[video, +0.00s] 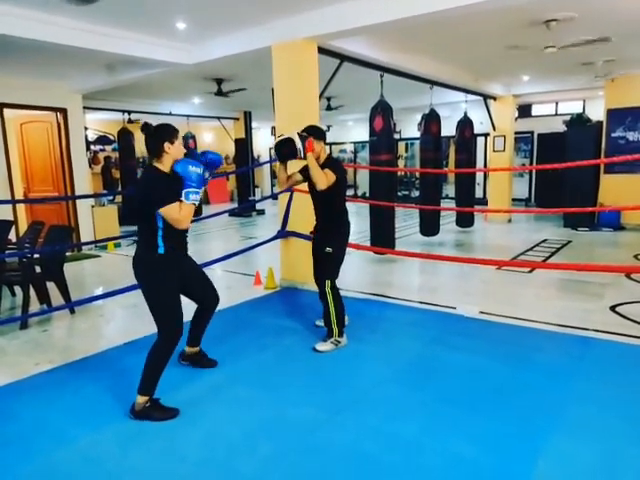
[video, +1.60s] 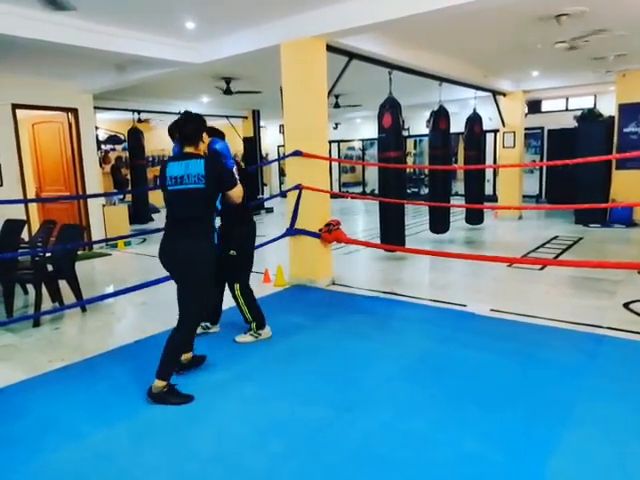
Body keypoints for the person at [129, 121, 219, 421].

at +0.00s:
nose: (183, 148)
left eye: (182, 142)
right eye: (180, 142)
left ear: (164, 148)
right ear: (167, 147)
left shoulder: (172, 176)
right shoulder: (152, 181)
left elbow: (185, 211)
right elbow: (182, 221)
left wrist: (200, 178)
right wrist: (193, 187)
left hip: (175, 259)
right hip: (154, 264)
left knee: (209, 298)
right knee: (171, 331)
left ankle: (192, 350)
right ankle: (142, 401)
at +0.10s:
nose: (190, 152)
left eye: (189, 147)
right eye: (186, 147)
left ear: (173, 152)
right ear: (173, 151)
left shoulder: (184, 179)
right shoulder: (156, 184)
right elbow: (179, 224)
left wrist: (239, 158)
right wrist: (192, 191)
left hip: (182, 261)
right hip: (158, 266)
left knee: (215, 300)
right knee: (173, 331)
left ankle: (215, 344)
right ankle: (143, 401)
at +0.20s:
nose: (196, 151)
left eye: (195, 146)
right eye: (192, 146)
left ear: (181, 151)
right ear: (179, 151)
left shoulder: (191, 176)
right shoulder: (163, 185)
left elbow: (229, 166)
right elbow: (185, 221)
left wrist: (256, 155)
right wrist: (198, 188)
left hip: (187, 262)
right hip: (165, 265)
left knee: (217, 300)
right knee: (174, 329)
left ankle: (222, 345)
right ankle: (144, 400)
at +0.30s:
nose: (200, 146)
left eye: (198, 141)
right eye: (197, 141)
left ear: (177, 147)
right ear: (188, 145)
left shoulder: (173, 172)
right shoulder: (195, 171)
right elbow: (235, 186)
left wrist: (216, 166)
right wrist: (234, 159)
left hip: (176, 249)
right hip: (185, 253)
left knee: (215, 294)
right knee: (178, 319)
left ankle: (223, 343)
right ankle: (139, 380)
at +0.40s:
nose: (201, 144)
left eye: (199, 139)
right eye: (198, 140)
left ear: (176, 147)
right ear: (190, 145)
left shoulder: (167, 175)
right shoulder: (207, 163)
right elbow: (248, 160)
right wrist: (255, 140)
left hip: (172, 248)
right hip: (189, 250)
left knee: (211, 290)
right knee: (180, 314)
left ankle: (222, 343)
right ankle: (140, 368)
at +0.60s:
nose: (196, 149)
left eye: (195, 145)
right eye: (193, 145)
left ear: (173, 148)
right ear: (181, 147)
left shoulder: (160, 175)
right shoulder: (193, 174)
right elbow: (230, 195)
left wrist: (208, 187)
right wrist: (231, 177)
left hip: (168, 250)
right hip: (184, 252)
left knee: (214, 292)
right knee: (187, 315)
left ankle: (225, 343)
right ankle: (147, 367)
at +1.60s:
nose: (207, 139)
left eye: (205, 135)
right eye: (205, 135)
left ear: (177, 139)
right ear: (201, 139)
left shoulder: (166, 168)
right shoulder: (212, 164)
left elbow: (168, 202)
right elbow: (235, 196)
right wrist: (230, 172)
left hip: (170, 246)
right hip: (198, 248)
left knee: (193, 297)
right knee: (189, 317)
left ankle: (185, 354)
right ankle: (160, 384)